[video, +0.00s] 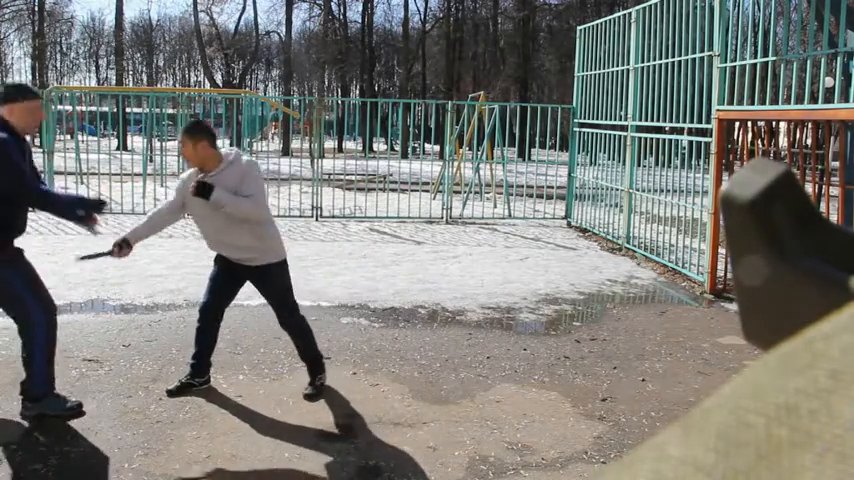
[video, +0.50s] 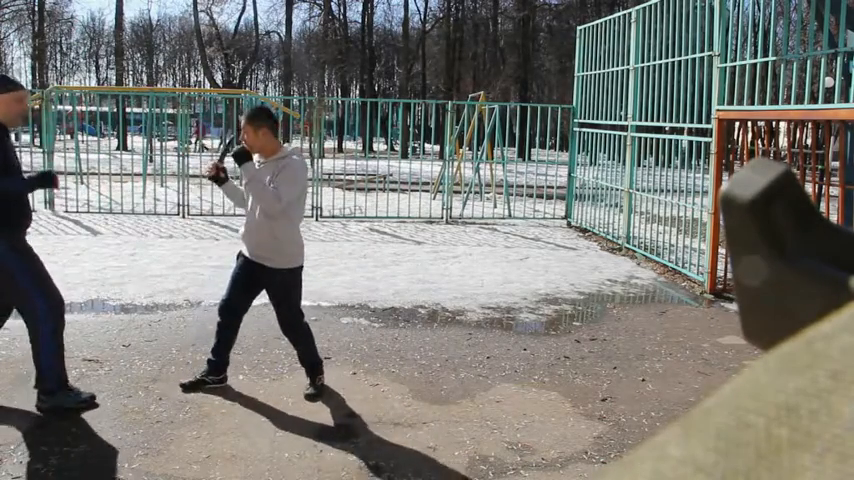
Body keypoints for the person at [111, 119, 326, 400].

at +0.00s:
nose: (182, 153)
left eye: (185, 147)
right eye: (182, 147)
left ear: (203, 145)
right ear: (199, 147)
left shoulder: (245, 169)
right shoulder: (189, 183)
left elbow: (258, 210)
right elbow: (165, 214)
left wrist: (214, 195)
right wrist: (130, 238)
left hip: (267, 259)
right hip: (230, 260)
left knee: (289, 318)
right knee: (209, 313)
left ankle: (317, 370)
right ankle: (199, 374)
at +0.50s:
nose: (244, 141)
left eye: (247, 135)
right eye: (243, 136)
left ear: (266, 133)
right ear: (260, 135)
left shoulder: (295, 165)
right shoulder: (258, 164)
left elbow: (273, 206)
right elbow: (249, 204)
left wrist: (246, 166)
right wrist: (223, 182)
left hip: (283, 262)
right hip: (252, 258)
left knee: (292, 323)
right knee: (228, 313)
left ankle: (316, 375)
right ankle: (215, 373)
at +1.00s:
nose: (177, 135)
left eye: (182, 130)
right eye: (178, 130)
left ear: (199, 132)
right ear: (193, 133)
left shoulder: (234, 164)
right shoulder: (178, 159)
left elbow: (227, 201)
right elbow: (148, 138)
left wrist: (195, 167)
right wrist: (121, 114)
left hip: (243, 258)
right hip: (208, 256)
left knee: (271, 317)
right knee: (180, 309)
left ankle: (307, 371)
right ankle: (174, 368)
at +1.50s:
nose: (208, 135)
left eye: (213, 130)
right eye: (209, 130)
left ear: (231, 134)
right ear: (223, 133)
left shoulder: (259, 166)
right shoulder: (209, 152)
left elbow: (246, 208)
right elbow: (173, 124)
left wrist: (219, 169)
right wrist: (139, 92)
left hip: (255, 258)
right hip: (221, 253)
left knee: (276, 320)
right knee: (197, 311)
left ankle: (308, 371)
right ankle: (175, 368)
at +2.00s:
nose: (211, 138)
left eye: (218, 133)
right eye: (211, 132)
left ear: (237, 135)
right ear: (212, 134)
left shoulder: (263, 164)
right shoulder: (207, 155)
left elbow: (266, 206)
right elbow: (170, 142)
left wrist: (228, 180)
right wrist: (128, 124)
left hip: (273, 251)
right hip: (237, 250)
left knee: (292, 313)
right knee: (212, 309)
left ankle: (310, 373)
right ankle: (209, 365)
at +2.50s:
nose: (205, 169)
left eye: (211, 162)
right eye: (199, 162)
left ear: (224, 161)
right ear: (192, 162)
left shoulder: (246, 173)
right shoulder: (187, 178)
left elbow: (258, 215)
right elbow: (161, 168)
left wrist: (217, 201)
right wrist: (146, 148)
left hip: (268, 246)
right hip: (232, 249)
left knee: (290, 309)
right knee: (211, 308)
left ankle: (309, 372)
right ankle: (206, 367)